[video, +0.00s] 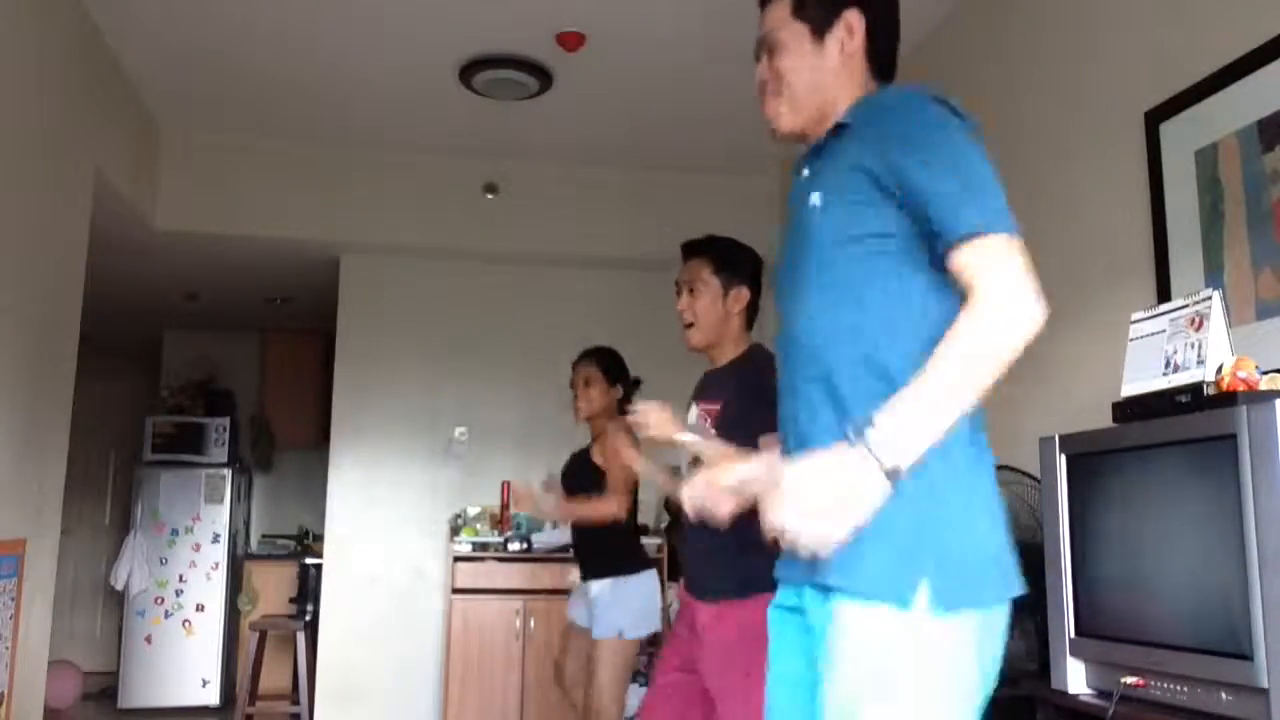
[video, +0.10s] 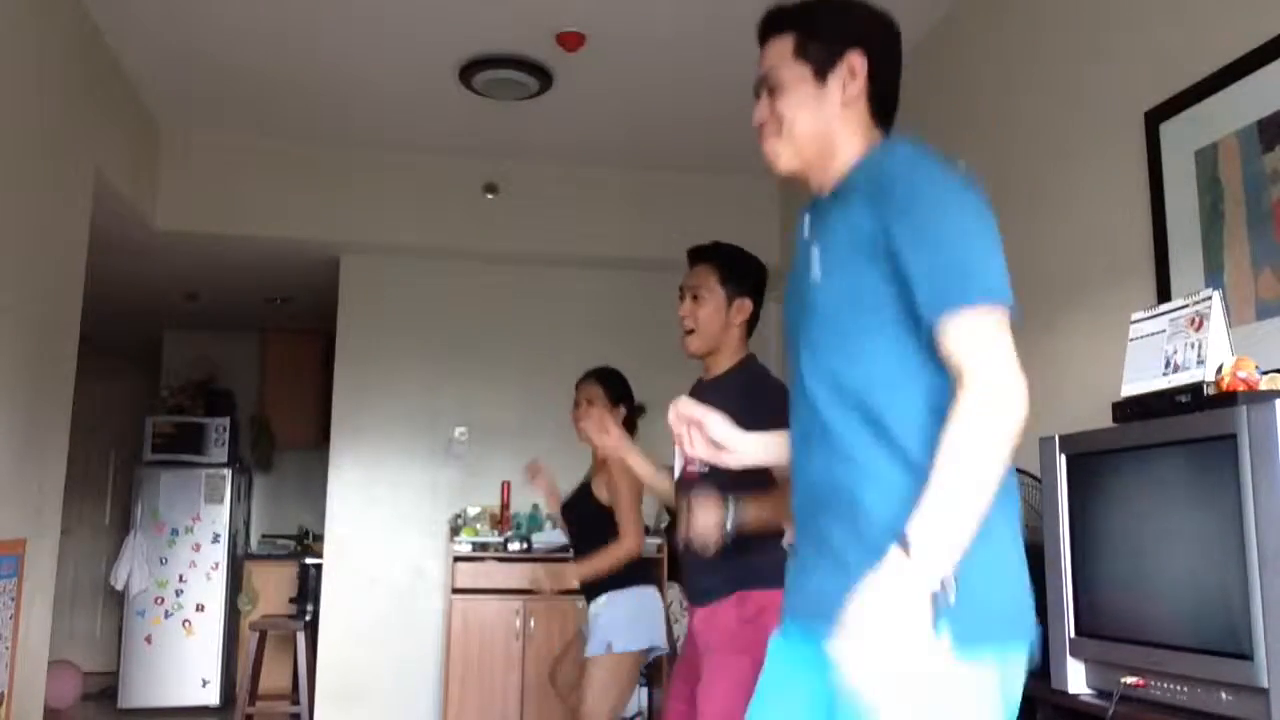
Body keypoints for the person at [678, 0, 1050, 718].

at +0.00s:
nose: (760, 74)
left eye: (772, 47)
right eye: (759, 55)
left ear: (847, 35)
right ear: (840, 39)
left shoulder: (902, 119)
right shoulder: (812, 178)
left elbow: (1011, 299)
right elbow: (861, 398)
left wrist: (870, 462)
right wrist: (762, 466)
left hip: (915, 579)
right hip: (815, 575)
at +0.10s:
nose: (757, 113)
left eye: (773, 87)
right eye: (757, 94)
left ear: (848, 78)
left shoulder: (914, 185)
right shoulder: (816, 228)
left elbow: (997, 388)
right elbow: (860, 430)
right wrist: (746, 448)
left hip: (936, 627)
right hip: (817, 619)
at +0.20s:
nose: (754, 139)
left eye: (770, 112)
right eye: (757, 119)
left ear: (844, 104)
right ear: (842, 108)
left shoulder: (915, 232)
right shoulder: (822, 262)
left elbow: (1010, 448)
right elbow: (877, 461)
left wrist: (907, 600)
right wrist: (780, 498)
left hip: (946, 636)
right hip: (839, 625)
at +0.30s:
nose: (758, 115)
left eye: (773, 85)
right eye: (759, 92)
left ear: (847, 70)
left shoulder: (933, 196)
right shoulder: (820, 228)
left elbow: (1021, 405)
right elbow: (837, 425)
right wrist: (770, 517)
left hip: (933, 656)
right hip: (823, 635)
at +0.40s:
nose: (760, 76)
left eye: (772, 47)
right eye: (758, 57)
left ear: (846, 28)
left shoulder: (910, 117)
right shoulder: (821, 181)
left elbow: (1007, 294)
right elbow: (840, 414)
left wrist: (798, 373)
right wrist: (717, 420)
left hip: (915, 597)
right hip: (811, 588)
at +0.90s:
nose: (783, 99)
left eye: (796, 72)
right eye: (781, 82)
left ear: (875, 51)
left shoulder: (954, 143)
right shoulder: (831, 221)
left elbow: (929, 286)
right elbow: (746, 346)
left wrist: (789, 347)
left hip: (918, 601)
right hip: (799, 590)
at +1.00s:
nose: (785, 123)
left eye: (803, 95)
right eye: (786, 103)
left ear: (881, 85)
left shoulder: (951, 172)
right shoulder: (819, 260)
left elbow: (1010, 254)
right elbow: (716, 348)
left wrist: (793, 395)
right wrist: (591, 425)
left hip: (935, 648)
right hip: (805, 631)